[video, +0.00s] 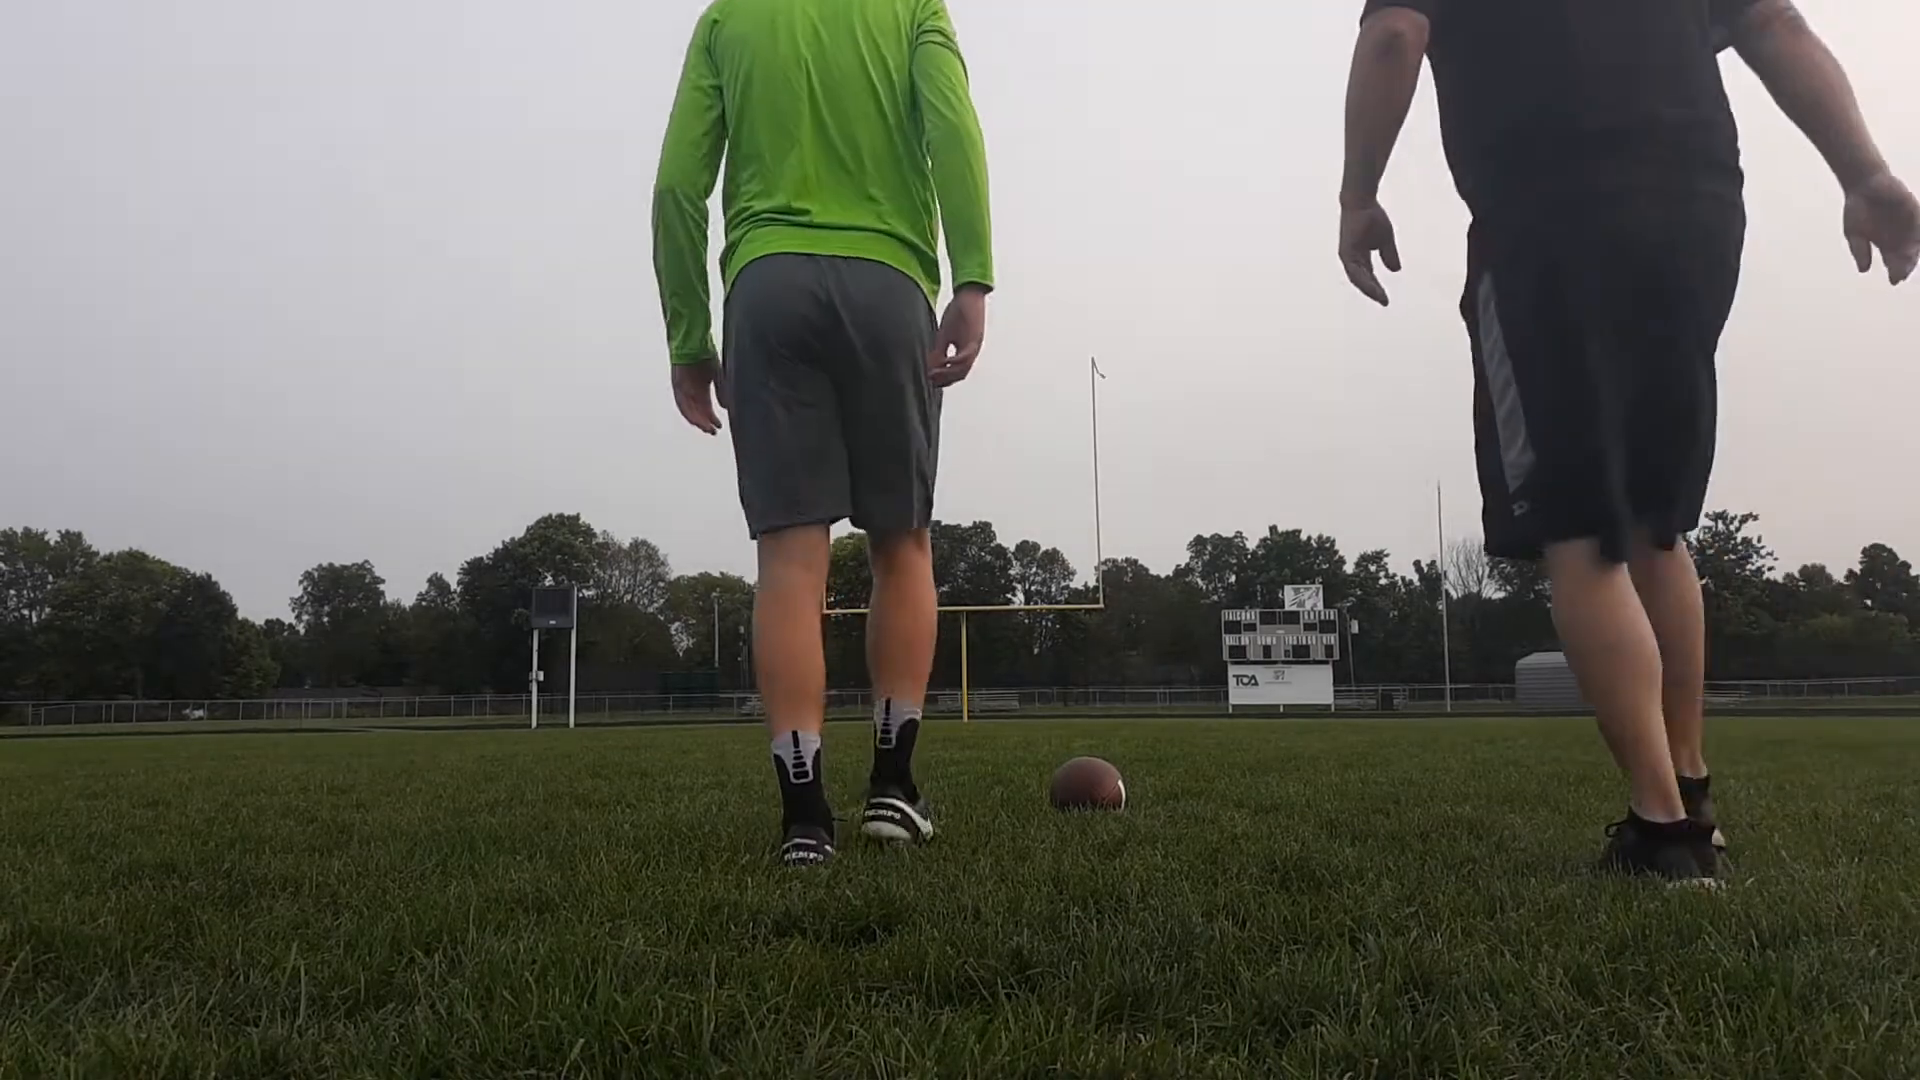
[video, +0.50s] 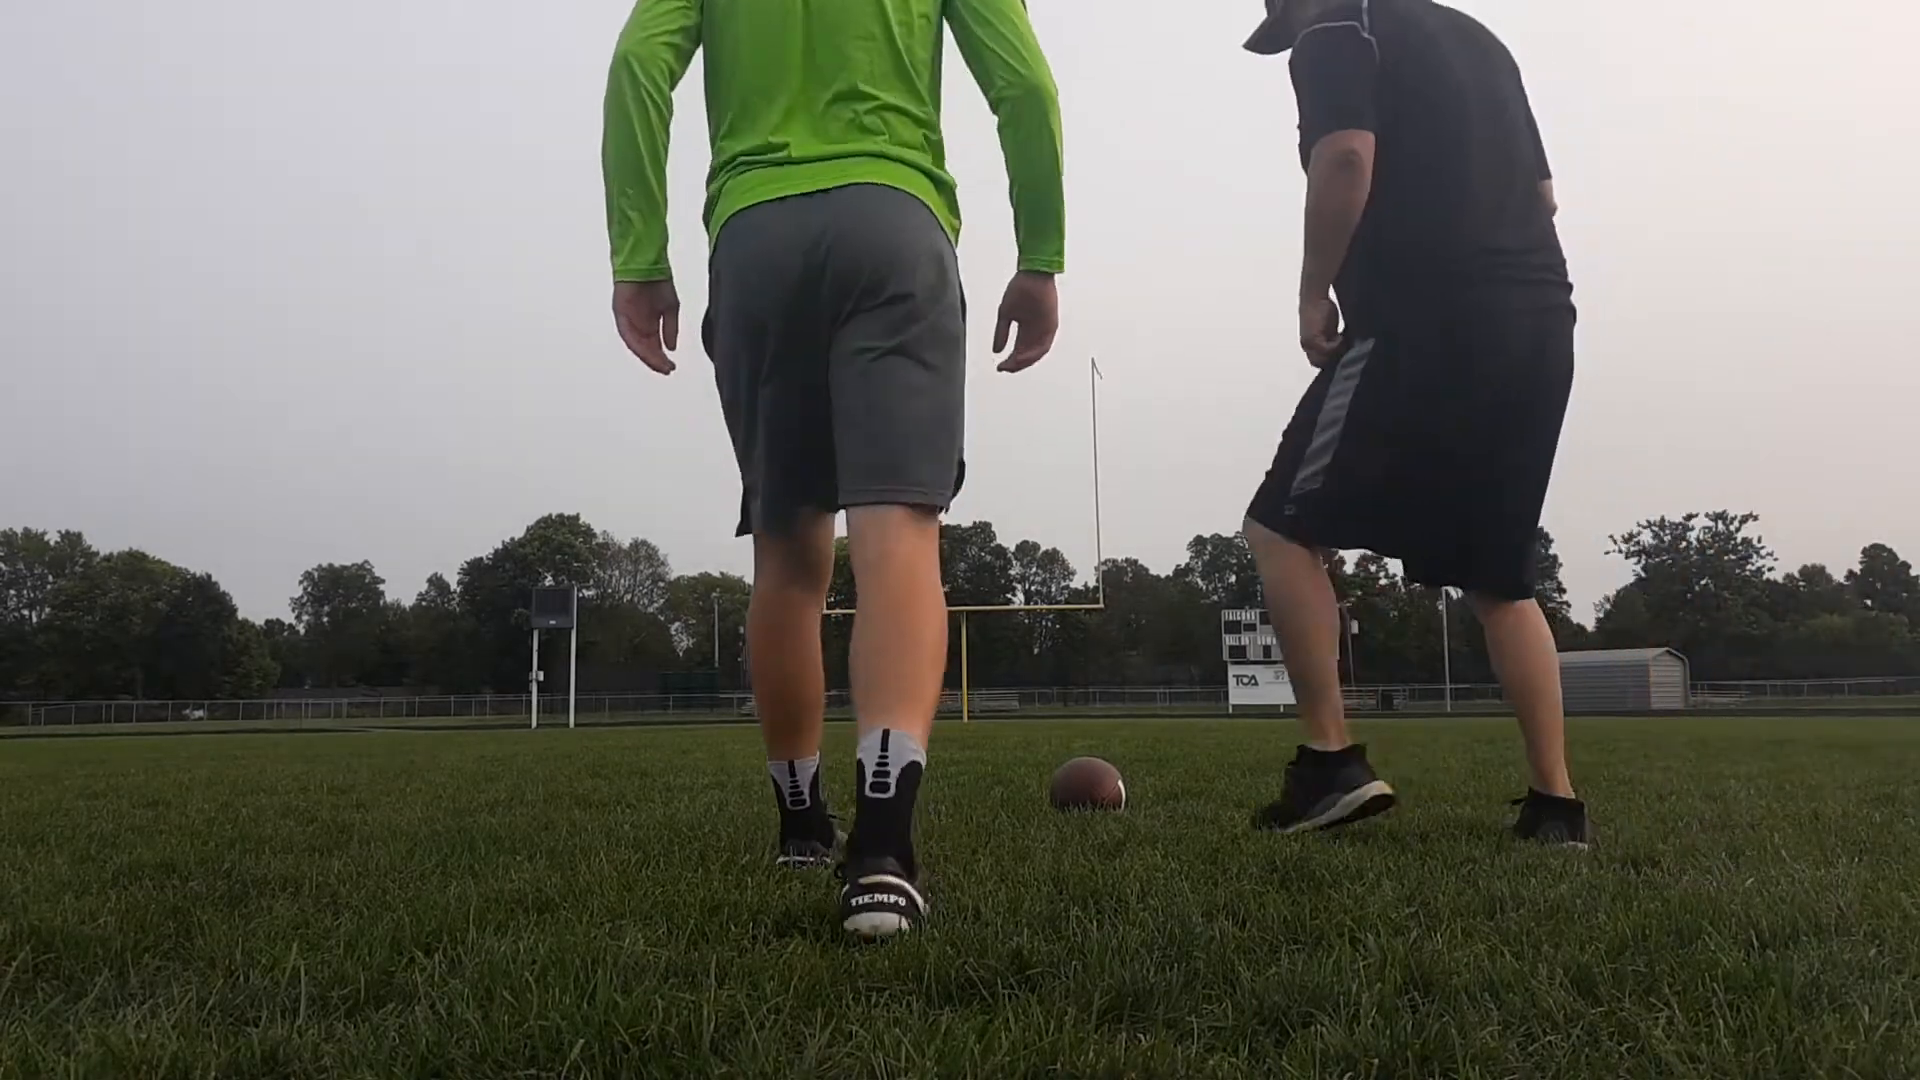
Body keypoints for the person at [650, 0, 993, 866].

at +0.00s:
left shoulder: (726, 16)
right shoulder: (915, 11)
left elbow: (676, 184)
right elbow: (952, 122)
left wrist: (688, 339)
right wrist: (972, 281)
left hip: (768, 282)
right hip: (884, 281)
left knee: (790, 553)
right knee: (902, 541)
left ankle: (804, 819)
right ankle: (892, 789)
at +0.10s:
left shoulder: (718, 10)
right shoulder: (917, 7)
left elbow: (665, 164)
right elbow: (952, 113)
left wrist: (669, 327)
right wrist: (977, 279)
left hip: (761, 278)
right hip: (880, 277)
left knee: (787, 555)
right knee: (908, 537)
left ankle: (802, 826)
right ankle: (890, 763)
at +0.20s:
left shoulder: (714, 7)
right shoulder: (921, 6)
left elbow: (654, 137)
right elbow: (959, 107)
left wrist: (658, 310)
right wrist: (985, 276)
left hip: (759, 270)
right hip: (879, 268)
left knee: (787, 548)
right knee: (907, 536)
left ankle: (803, 825)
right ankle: (884, 731)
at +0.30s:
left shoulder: (710, 2)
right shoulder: (929, 4)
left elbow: (647, 105)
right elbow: (974, 99)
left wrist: (653, 285)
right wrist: (998, 271)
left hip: (756, 253)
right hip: (882, 247)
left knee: (786, 547)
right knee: (906, 534)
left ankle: (803, 826)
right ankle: (892, 730)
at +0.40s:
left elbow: (643, 85)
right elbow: (995, 92)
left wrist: (648, 273)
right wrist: (1019, 266)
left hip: (754, 236)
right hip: (886, 226)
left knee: (785, 551)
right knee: (900, 526)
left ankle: (802, 830)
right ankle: (904, 799)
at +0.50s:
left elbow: (637, 60)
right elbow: (1027, 83)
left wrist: (639, 260)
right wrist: (1038, 262)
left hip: (755, 225)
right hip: (894, 214)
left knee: (788, 555)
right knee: (898, 536)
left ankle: (802, 829)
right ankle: (884, 853)